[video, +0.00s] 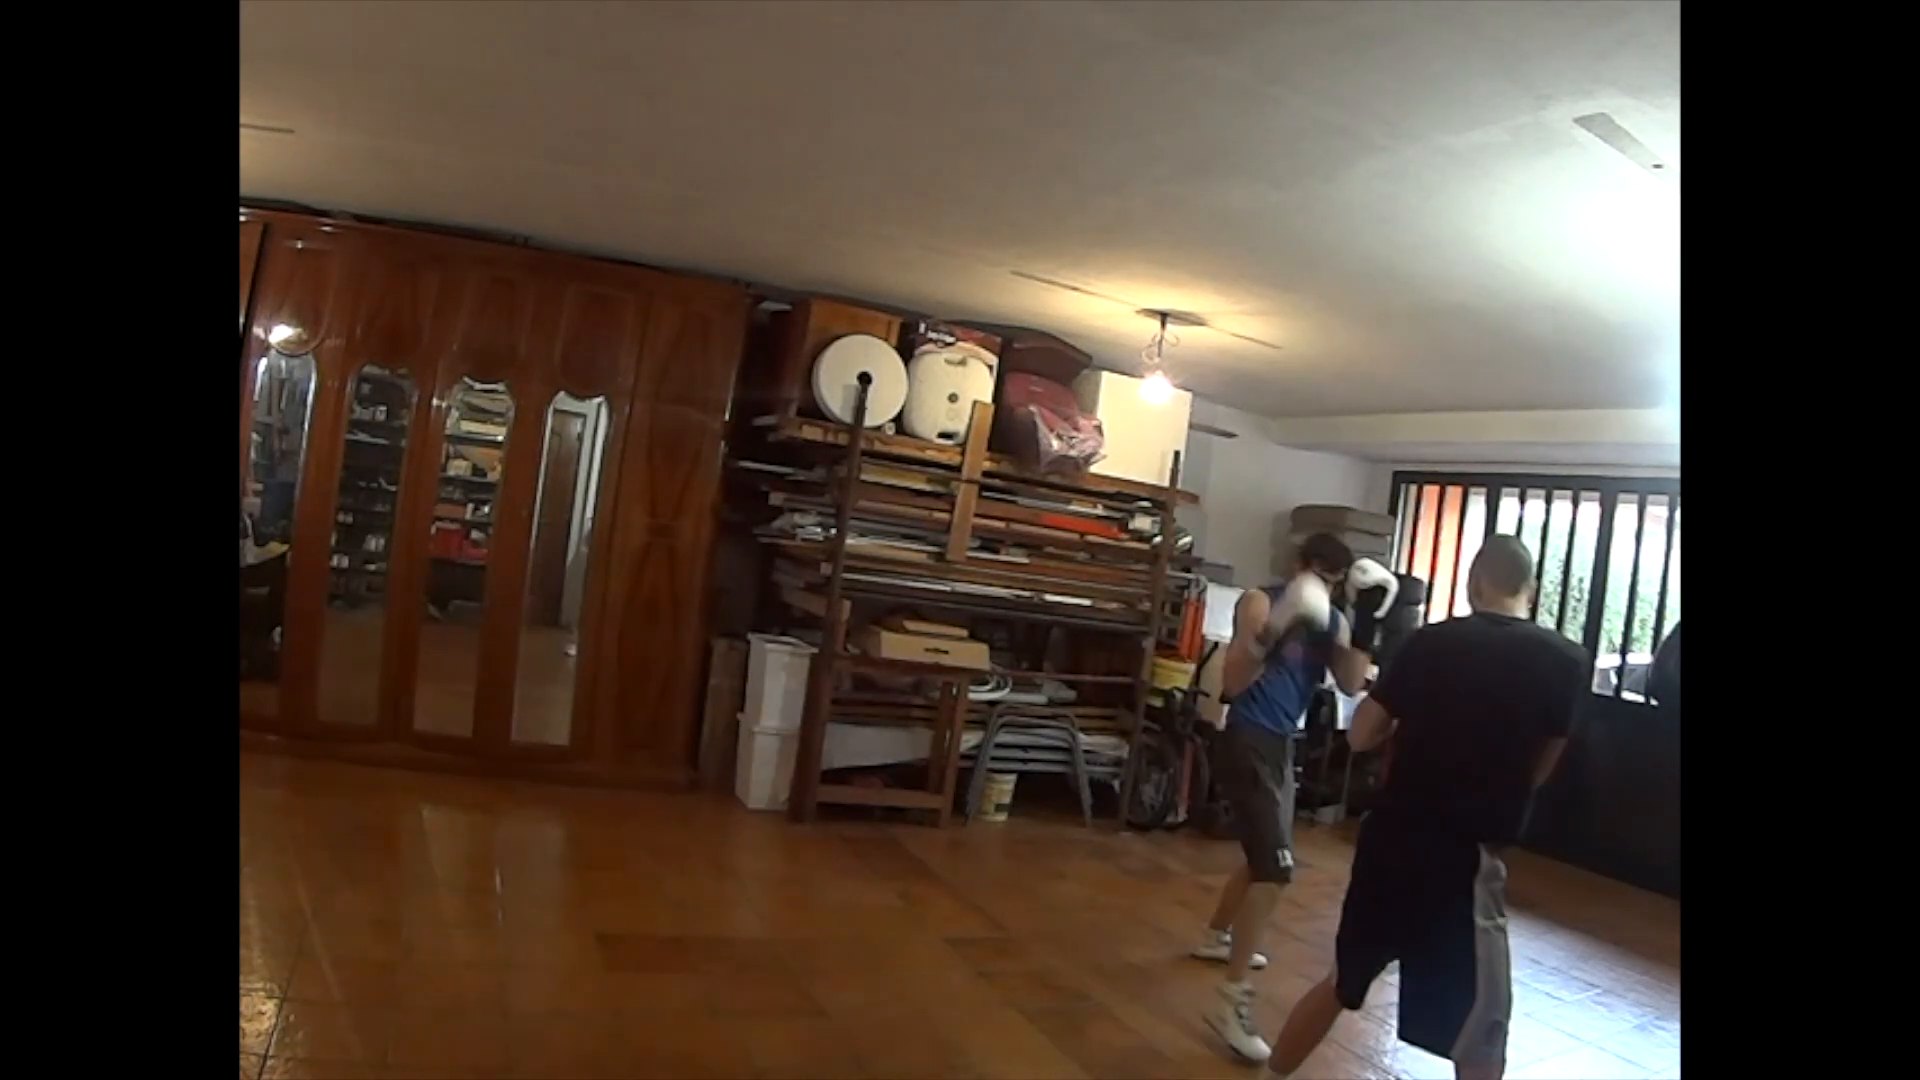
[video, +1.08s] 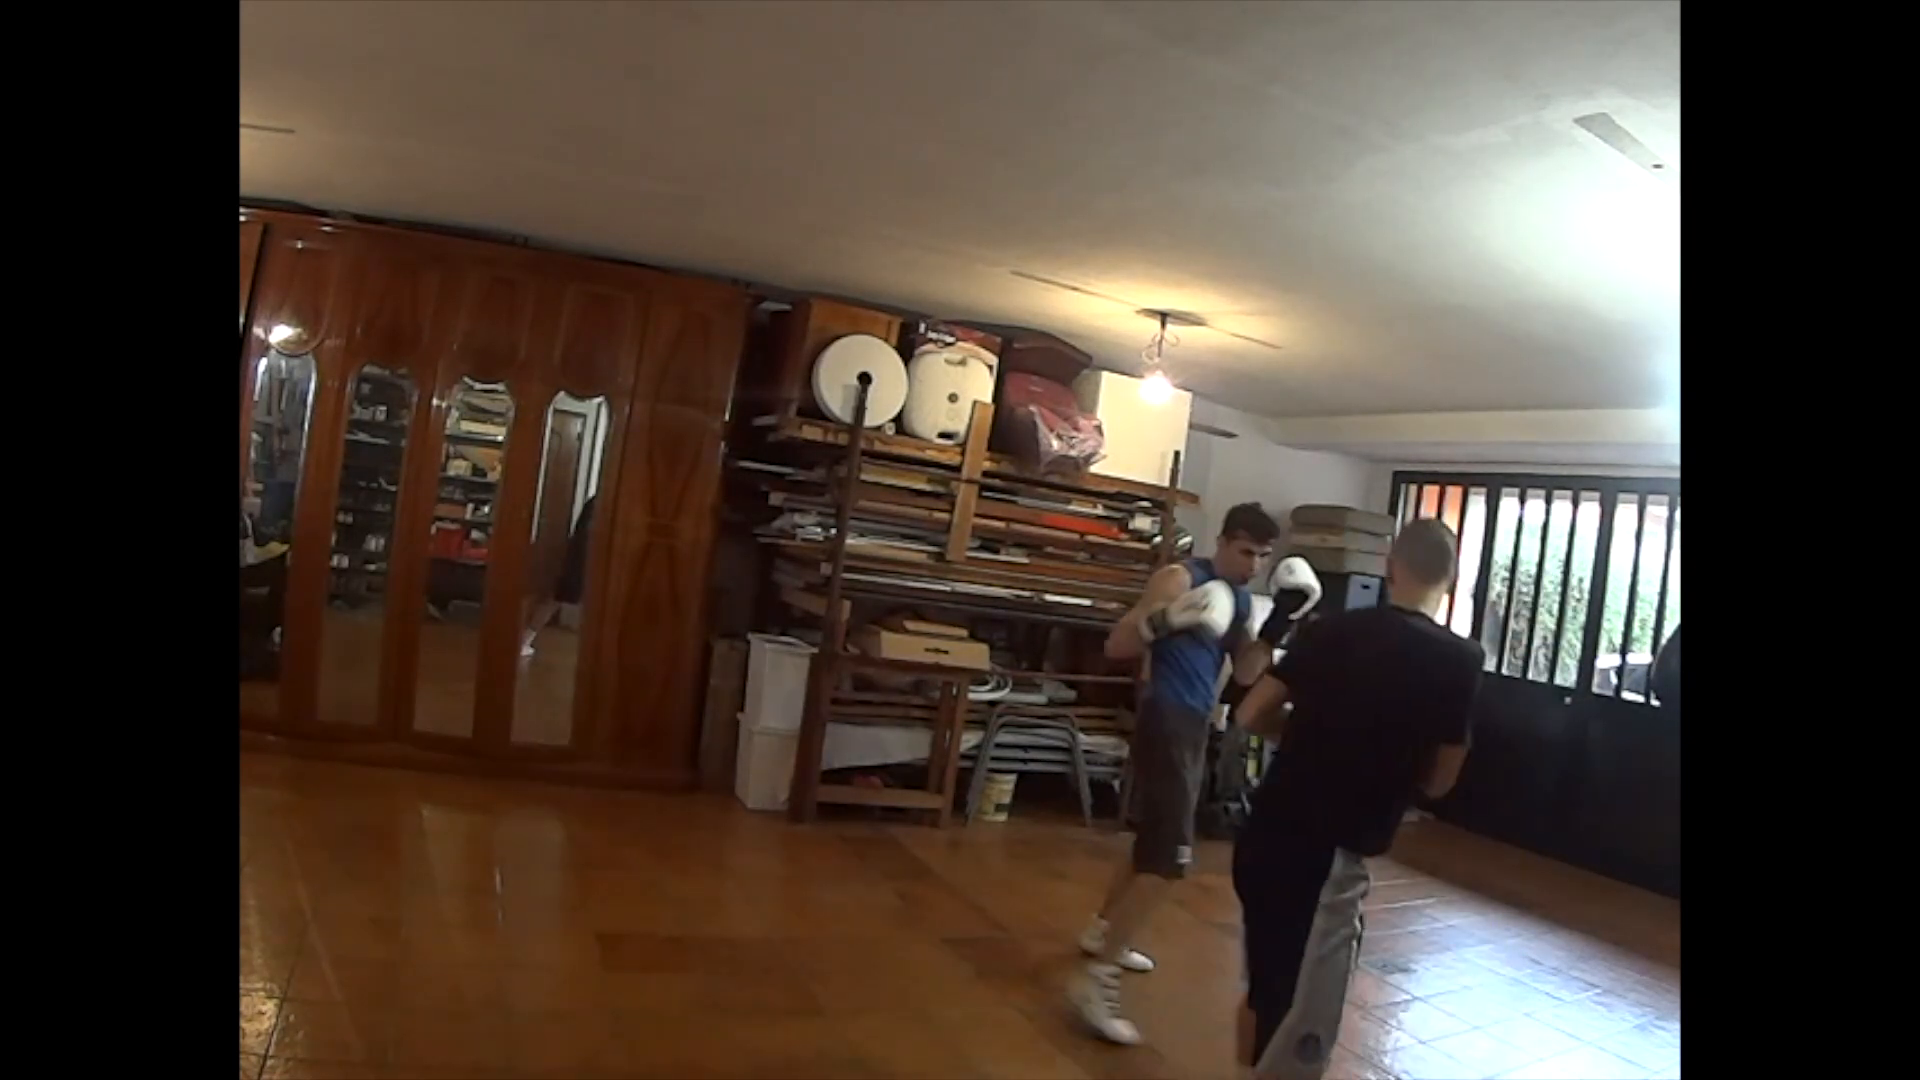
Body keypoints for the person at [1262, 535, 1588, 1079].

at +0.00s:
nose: (1471, 588)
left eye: (1470, 579)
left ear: (1472, 583)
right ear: (1531, 590)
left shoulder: (1429, 642)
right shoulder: (1565, 661)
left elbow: (1361, 735)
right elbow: (1540, 770)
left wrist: (1408, 720)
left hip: (1394, 836)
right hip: (1473, 860)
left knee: (1342, 982)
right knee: (1481, 1035)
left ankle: (1273, 1071)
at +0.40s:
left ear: (1518, 619)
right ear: (1580, 641)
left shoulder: (1441, 676)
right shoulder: (1580, 730)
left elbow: (1356, 744)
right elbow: (1530, 827)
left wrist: (1398, 779)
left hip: (1371, 874)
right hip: (1450, 913)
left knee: (1351, 987)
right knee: (1474, 1064)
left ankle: (1264, 1071)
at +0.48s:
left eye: (1511, 609)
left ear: (1509, 615)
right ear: (1569, 638)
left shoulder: (1440, 669)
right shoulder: (1571, 722)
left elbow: (1367, 689)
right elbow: (1534, 828)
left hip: (1362, 866)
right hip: (1437, 902)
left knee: (1347, 987)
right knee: (1459, 1066)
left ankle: (1265, 1070)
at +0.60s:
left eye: (1478, 608)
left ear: (1474, 612)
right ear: (1528, 630)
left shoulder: (1418, 653)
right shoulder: (1526, 688)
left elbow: (1366, 633)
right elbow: (1498, 810)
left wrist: (1357, 588)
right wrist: (1440, 774)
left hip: (1333, 843)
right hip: (1394, 864)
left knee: (1335, 986)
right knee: (1409, 1055)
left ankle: (1264, 1071)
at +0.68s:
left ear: (1460, 617)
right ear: (1518, 631)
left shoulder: (1413, 652)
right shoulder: (1514, 685)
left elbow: (1312, 664)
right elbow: (1487, 810)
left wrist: (1299, 595)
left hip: (1319, 839)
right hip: (1377, 858)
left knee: (1331, 986)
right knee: (1380, 1042)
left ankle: (1264, 1070)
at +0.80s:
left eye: (1437, 605)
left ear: (1436, 608)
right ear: (1494, 616)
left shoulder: (1386, 648)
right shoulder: (1495, 677)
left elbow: (1300, 714)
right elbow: (1469, 799)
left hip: (1298, 831)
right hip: (1354, 856)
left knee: (1306, 985)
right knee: (1326, 1037)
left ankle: (1262, 1068)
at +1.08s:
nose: (1388, 571)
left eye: (1388, 561)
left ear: (1388, 566)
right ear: (1450, 580)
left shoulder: (1330, 630)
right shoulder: (1458, 659)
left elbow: (1252, 715)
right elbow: (1439, 781)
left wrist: (1306, 732)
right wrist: (1382, 755)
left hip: (1270, 832)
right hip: (1337, 857)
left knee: (1262, 991)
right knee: (1305, 1022)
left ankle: (1250, 1069)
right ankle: (1284, 1069)